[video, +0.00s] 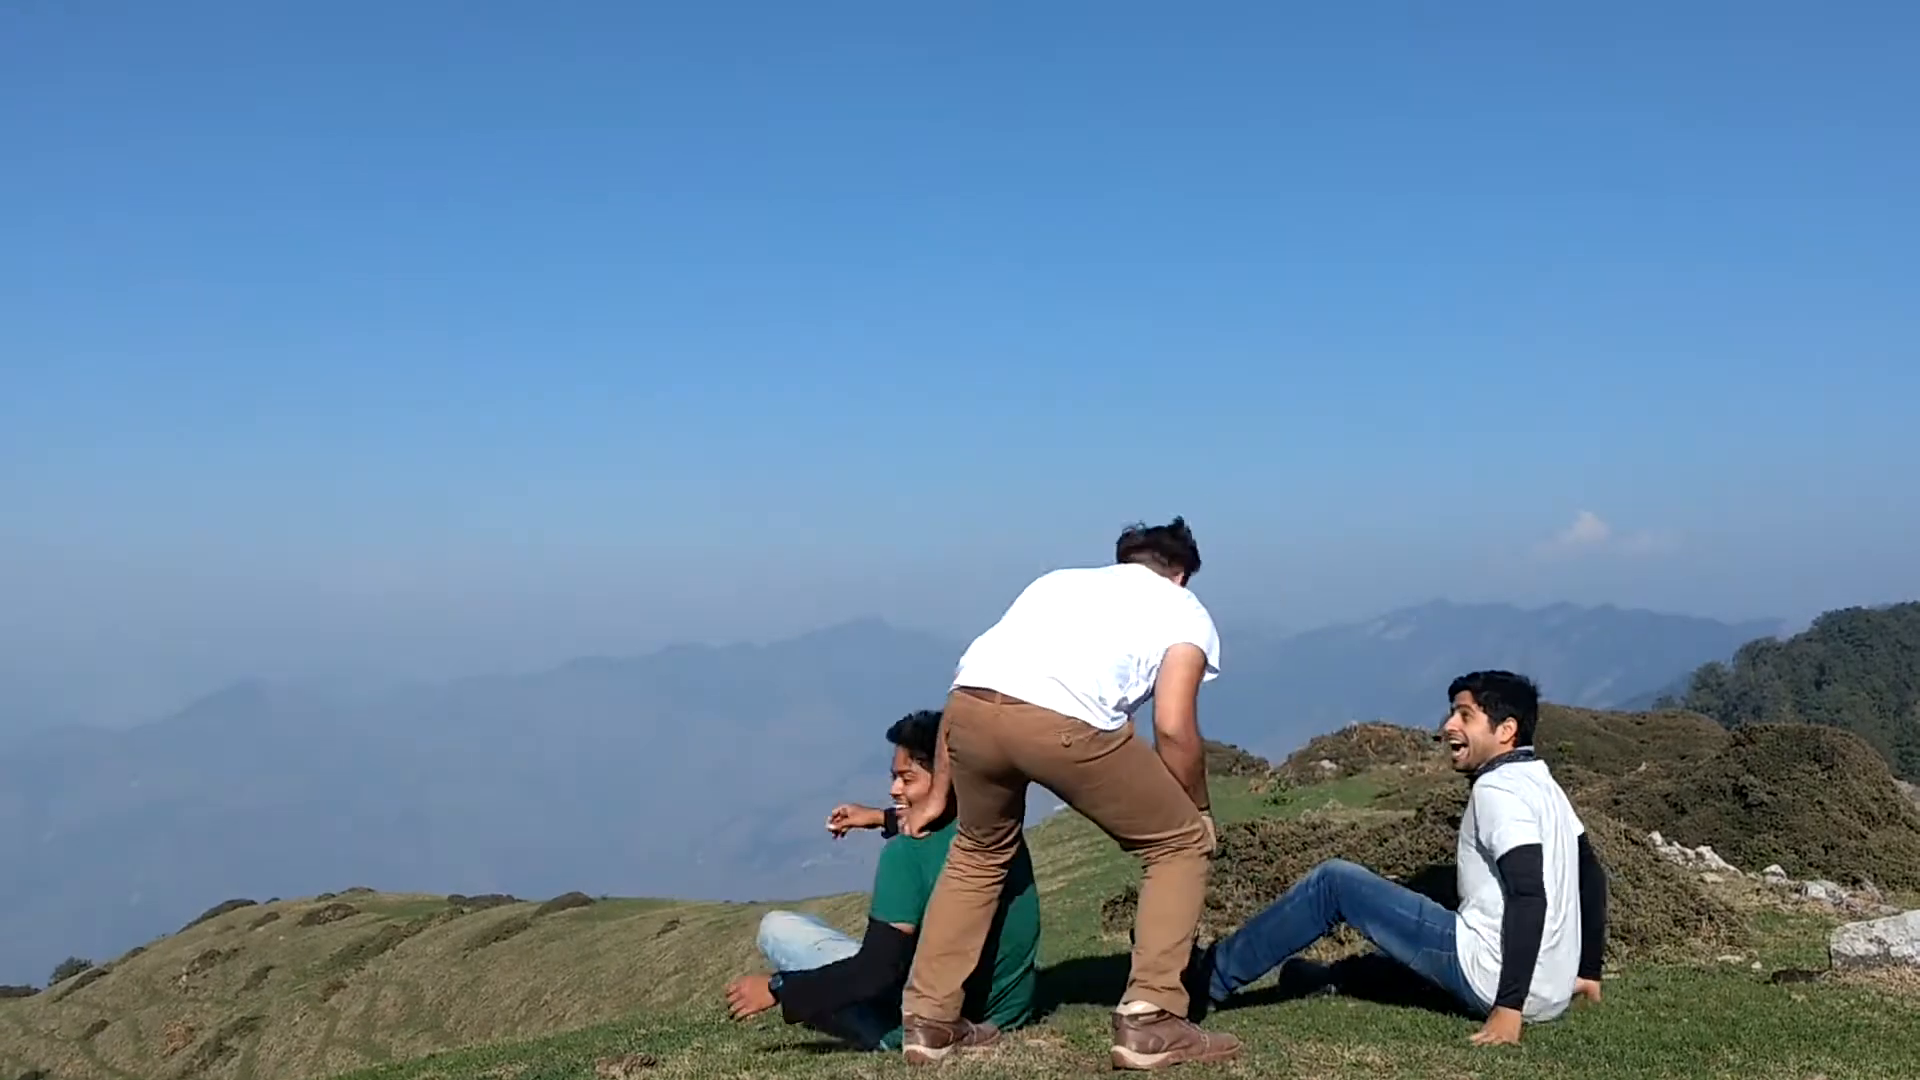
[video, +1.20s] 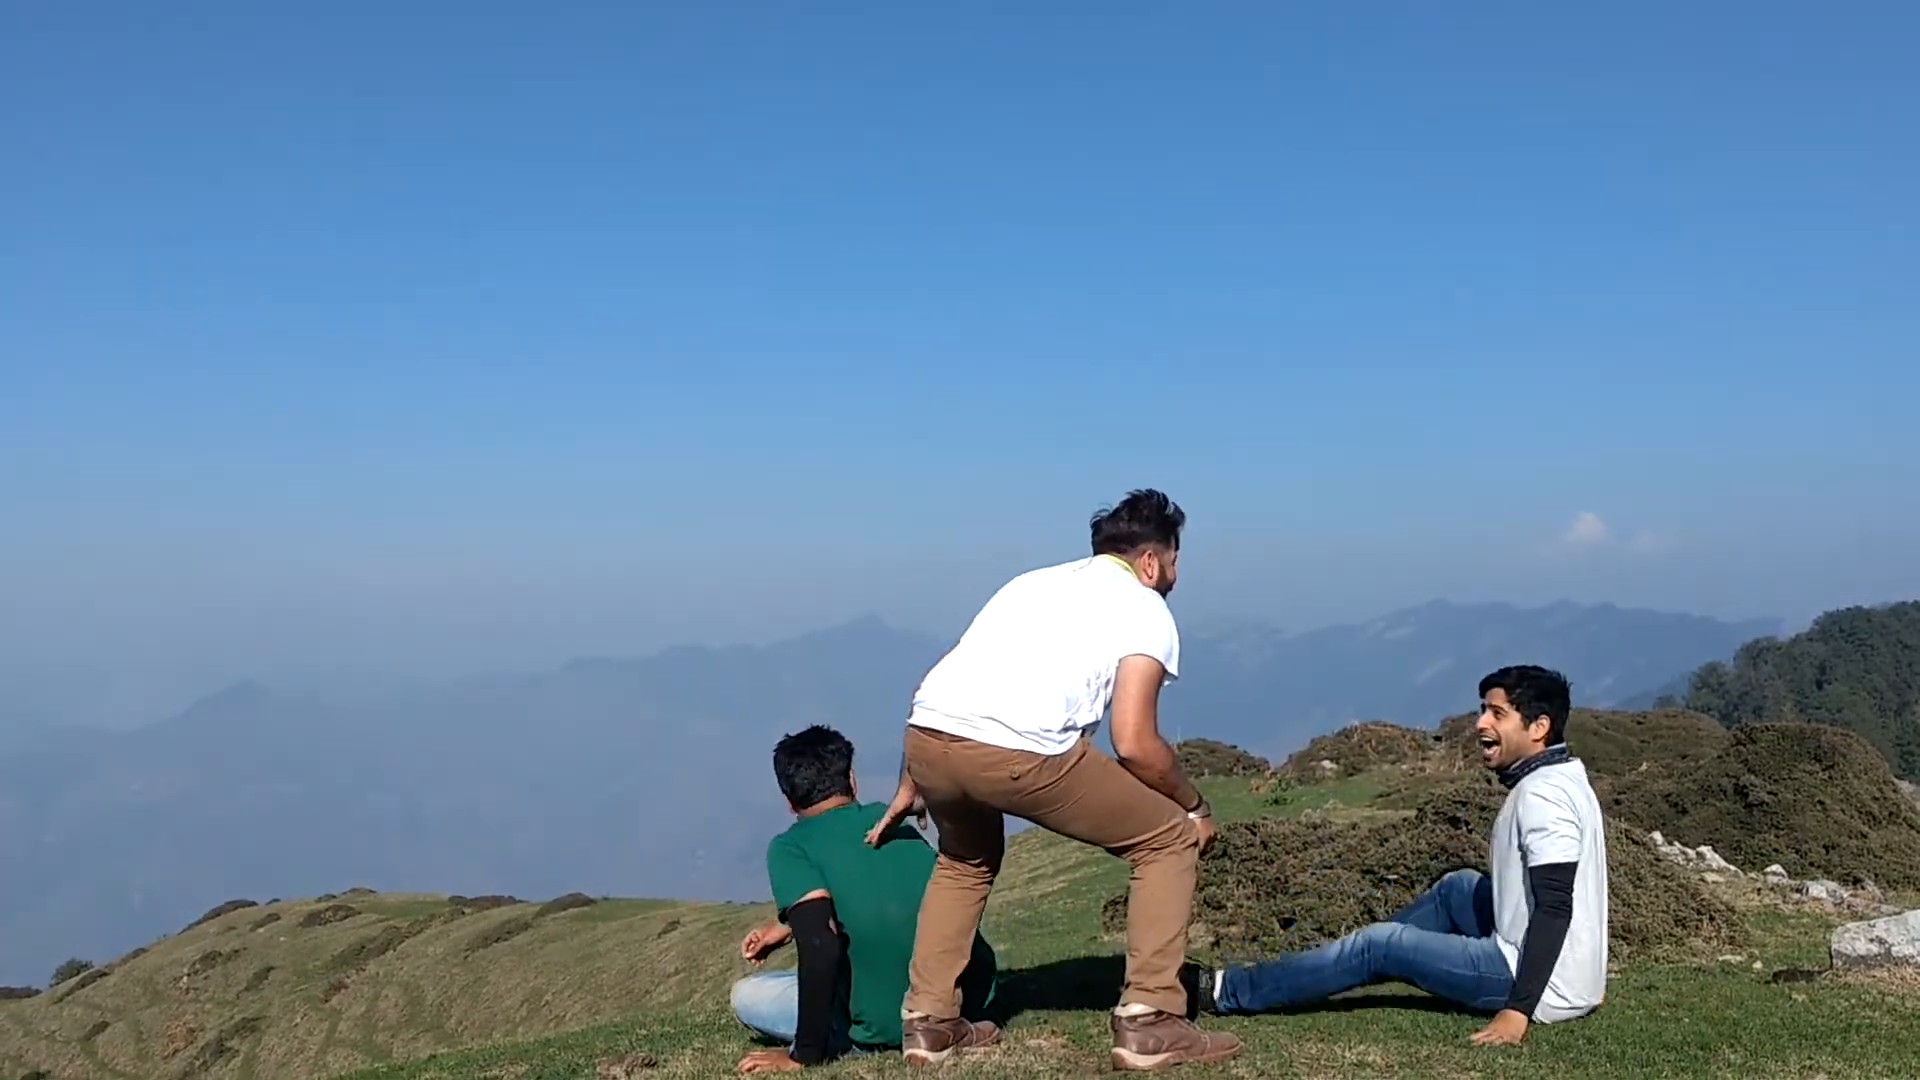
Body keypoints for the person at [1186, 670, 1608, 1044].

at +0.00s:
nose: (1448, 727)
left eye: (1464, 715)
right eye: (1451, 714)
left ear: (1507, 733)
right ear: (1507, 738)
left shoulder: (1497, 790)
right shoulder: (1543, 784)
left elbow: (1528, 895)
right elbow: (1591, 878)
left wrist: (1508, 1011)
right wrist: (1589, 973)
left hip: (1491, 979)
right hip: (1546, 988)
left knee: (1335, 879)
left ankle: (1211, 975)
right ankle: (1333, 979)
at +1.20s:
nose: (1482, 725)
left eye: (1496, 714)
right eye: (1483, 713)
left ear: (1540, 728)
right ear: (1537, 730)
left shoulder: (1542, 797)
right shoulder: (1559, 778)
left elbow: (1553, 909)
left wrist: (1517, 1010)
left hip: (1540, 983)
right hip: (1563, 964)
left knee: (1377, 944)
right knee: (1458, 887)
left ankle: (1216, 991)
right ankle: (1373, 960)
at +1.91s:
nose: (1478, 736)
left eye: (1492, 725)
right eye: (1479, 723)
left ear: (1537, 736)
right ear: (1535, 739)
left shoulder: (1544, 809)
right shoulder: (1563, 790)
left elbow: (1580, 921)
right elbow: (1606, 876)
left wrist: (1491, 976)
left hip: (1542, 992)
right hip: (1559, 968)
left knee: (1380, 954)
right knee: (1461, 892)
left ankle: (1221, 997)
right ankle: (1348, 957)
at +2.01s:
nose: (1476, 737)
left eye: (1491, 726)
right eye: (1477, 724)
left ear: (1535, 738)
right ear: (1533, 741)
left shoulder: (1543, 810)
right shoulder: (1560, 790)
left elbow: (1582, 921)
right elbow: (1604, 877)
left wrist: (1496, 977)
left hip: (1542, 992)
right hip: (1557, 967)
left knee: (1380, 954)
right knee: (1460, 892)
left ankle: (1221, 998)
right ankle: (1349, 958)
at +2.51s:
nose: (1484, 753)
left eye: (1497, 741)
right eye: (1484, 740)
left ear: (1542, 749)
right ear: (1535, 749)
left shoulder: (1564, 814)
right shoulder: (1546, 801)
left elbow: (1645, 908)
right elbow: (1614, 896)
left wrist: (1607, 1006)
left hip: (1549, 995)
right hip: (1544, 958)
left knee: (1395, 965)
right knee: (1478, 900)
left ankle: (1242, 1009)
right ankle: (1356, 977)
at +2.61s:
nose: (1490, 751)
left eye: (1504, 740)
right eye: (1489, 738)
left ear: (1547, 746)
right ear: (1491, 740)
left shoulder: (1567, 804)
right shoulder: (1546, 795)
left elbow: (1630, 906)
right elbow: (1594, 893)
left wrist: (1602, 1006)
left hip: (1551, 990)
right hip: (1543, 954)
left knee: (1397, 959)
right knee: (1478, 895)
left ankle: (1242, 1001)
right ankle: (1358, 969)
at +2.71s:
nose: (1506, 747)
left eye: (1521, 734)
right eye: (1498, 735)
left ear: (1559, 737)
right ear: (1493, 739)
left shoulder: (1566, 795)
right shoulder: (1546, 787)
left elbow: (1609, 899)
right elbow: (1576, 890)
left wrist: (1600, 1005)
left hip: (1548, 985)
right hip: (1539, 950)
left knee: (1393, 946)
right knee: (1475, 888)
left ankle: (1243, 1000)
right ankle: (1380, 965)